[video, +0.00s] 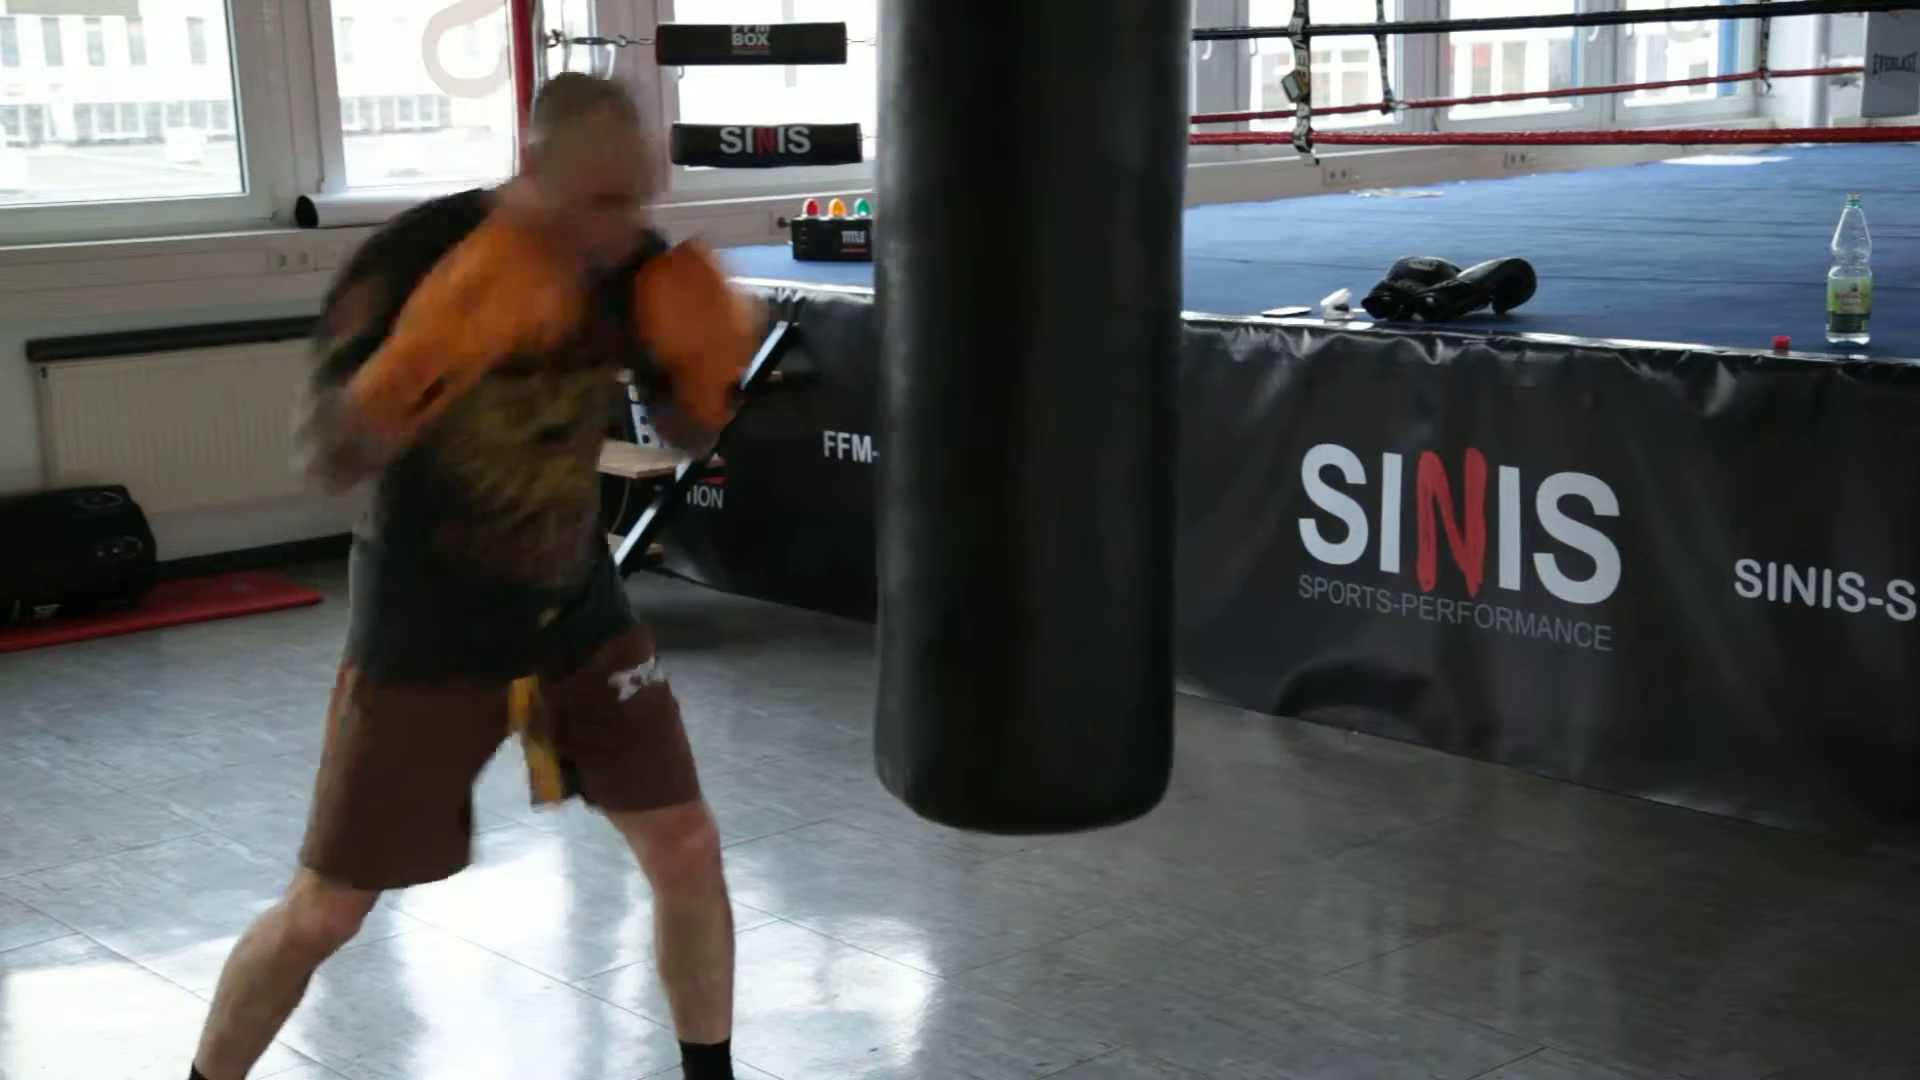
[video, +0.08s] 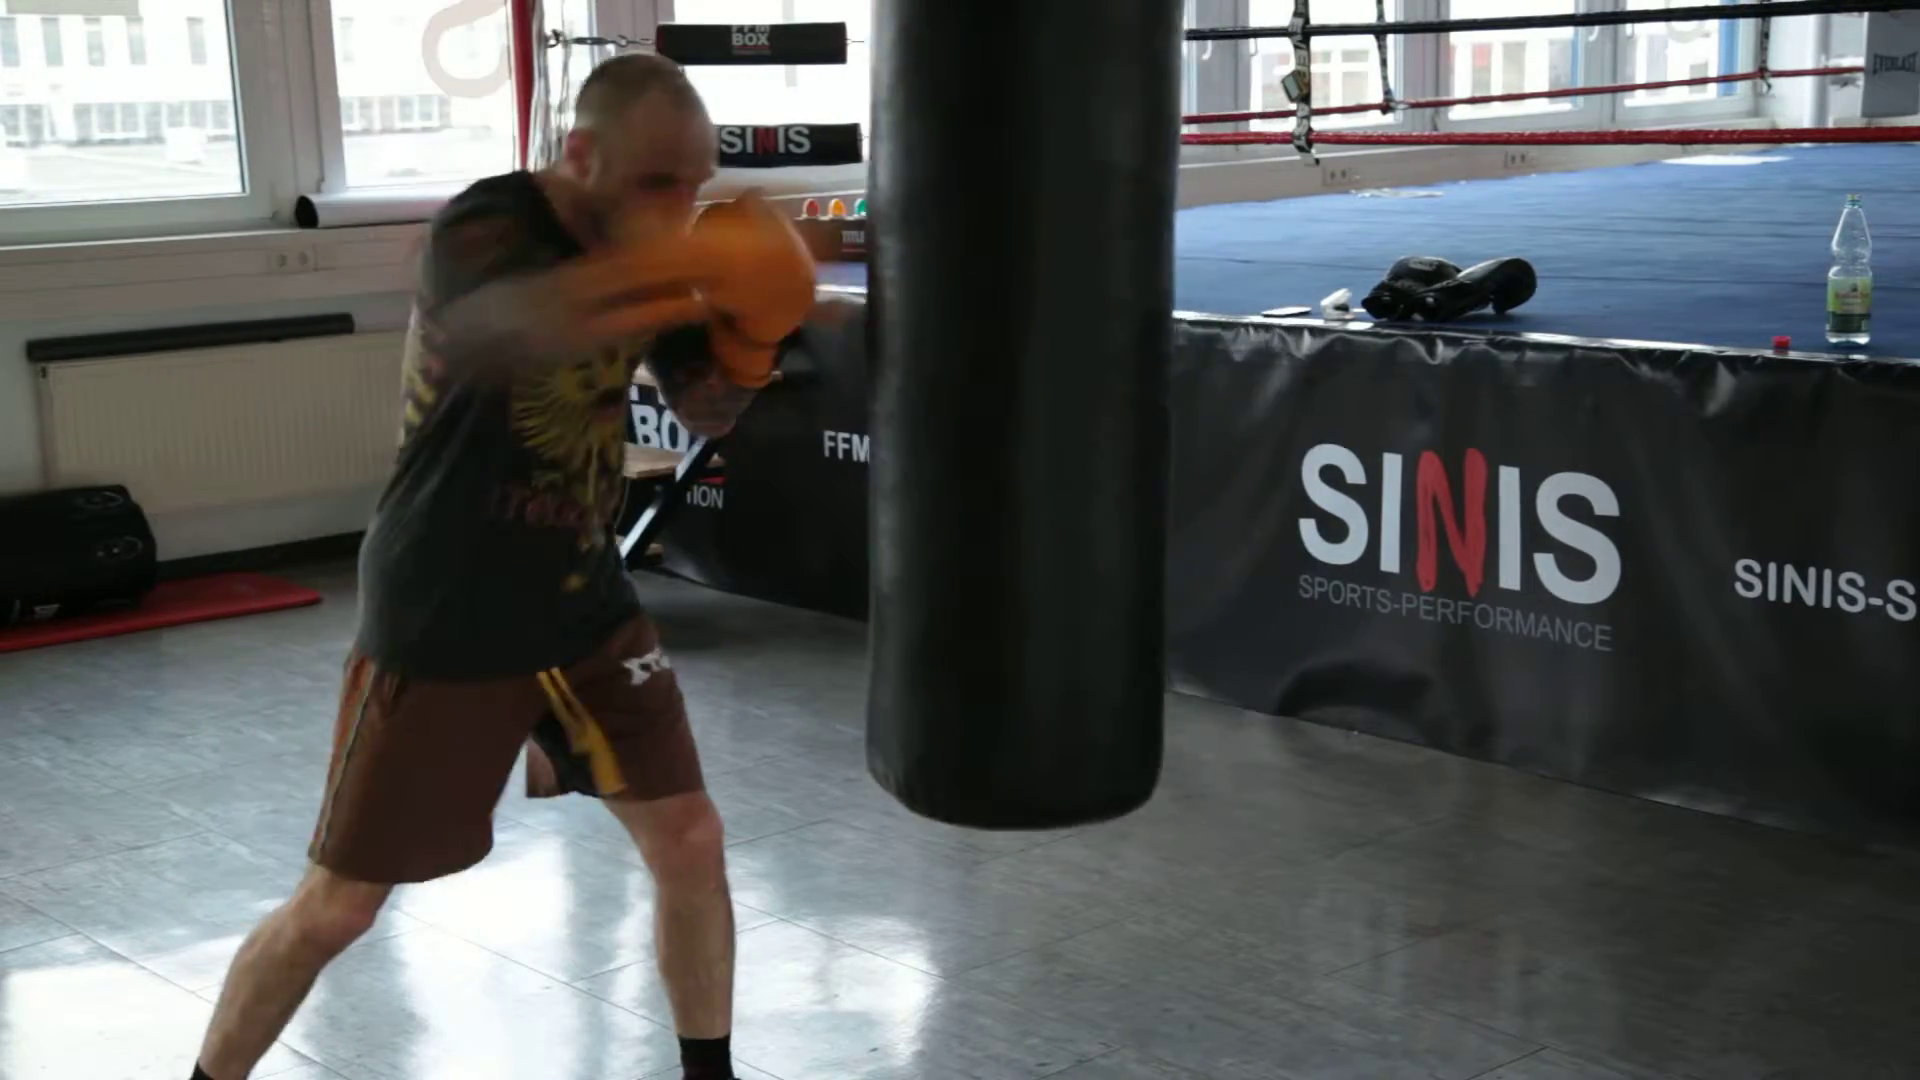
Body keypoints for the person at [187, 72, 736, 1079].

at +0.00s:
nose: (630, 226)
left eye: (640, 198)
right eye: (607, 200)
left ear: (649, 178)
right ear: (534, 171)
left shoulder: (634, 272)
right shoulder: (414, 264)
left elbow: (681, 431)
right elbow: (329, 454)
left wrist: (704, 368)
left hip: (575, 607)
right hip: (424, 620)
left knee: (685, 848)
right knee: (324, 915)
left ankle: (711, 1074)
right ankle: (208, 1077)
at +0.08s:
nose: (681, 213)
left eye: (695, 189)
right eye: (660, 185)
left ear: (705, 175)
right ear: (580, 159)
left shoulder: (651, 257)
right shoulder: (489, 225)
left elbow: (701, 412)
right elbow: (466, 341)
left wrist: (749, 348)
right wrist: (659, 277)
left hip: (578, 589)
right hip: (441, 602)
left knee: (688, 839)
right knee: (334, 910)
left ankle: (710, 1075)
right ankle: (210, 1073)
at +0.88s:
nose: (661, 159)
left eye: (673, 132)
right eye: (638, 132)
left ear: (681, 119)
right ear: (551, 101)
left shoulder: (653, 225)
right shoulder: (423, 225)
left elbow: (756, 412)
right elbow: (436, 419)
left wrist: (791, 320)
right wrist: (583, 319)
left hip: (649, 632)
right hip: (479, 647)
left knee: (798, 905)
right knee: (384, 956)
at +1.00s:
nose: (751, 182)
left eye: (763, 155)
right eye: (729, 153)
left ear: (774, 141)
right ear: (647, 127)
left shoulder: (760, 253)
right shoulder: (518, 248)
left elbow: (823, 465)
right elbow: (460, 472)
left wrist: (844, 363)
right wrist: (579, 373)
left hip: (725, 658)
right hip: (552, 671)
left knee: (864, 919)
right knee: (421, 974)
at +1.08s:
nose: (830, 187)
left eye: (841, 162)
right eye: (815, 158)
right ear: (734, 126)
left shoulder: (797, 246)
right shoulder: (583, 229)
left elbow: (819, 466)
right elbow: (511, 456)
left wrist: (866, 380)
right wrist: (644, 352)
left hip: (731, 643)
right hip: (576, 657)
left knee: (859, 909)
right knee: (470, 978)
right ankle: (354, 1069)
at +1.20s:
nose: (858, 203)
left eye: (871, 178)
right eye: (845, 171)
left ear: (772, 133)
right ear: (762, 129)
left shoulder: (750, 241)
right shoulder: (636, 220)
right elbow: (773, 362)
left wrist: (869, 329)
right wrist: (930, 314)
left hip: (722, 629)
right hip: (588, 649)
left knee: (855, 897)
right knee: (479, 987)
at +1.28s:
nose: (844, 203)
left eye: (858, 178)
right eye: (833, 171)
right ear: (749, 131)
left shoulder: (781, 244)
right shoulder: (597, 232)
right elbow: (631, 424)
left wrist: (921, 298)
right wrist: (819, 354)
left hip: (725, 643)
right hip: (569, 663)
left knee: (854, 909)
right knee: (453, 973)